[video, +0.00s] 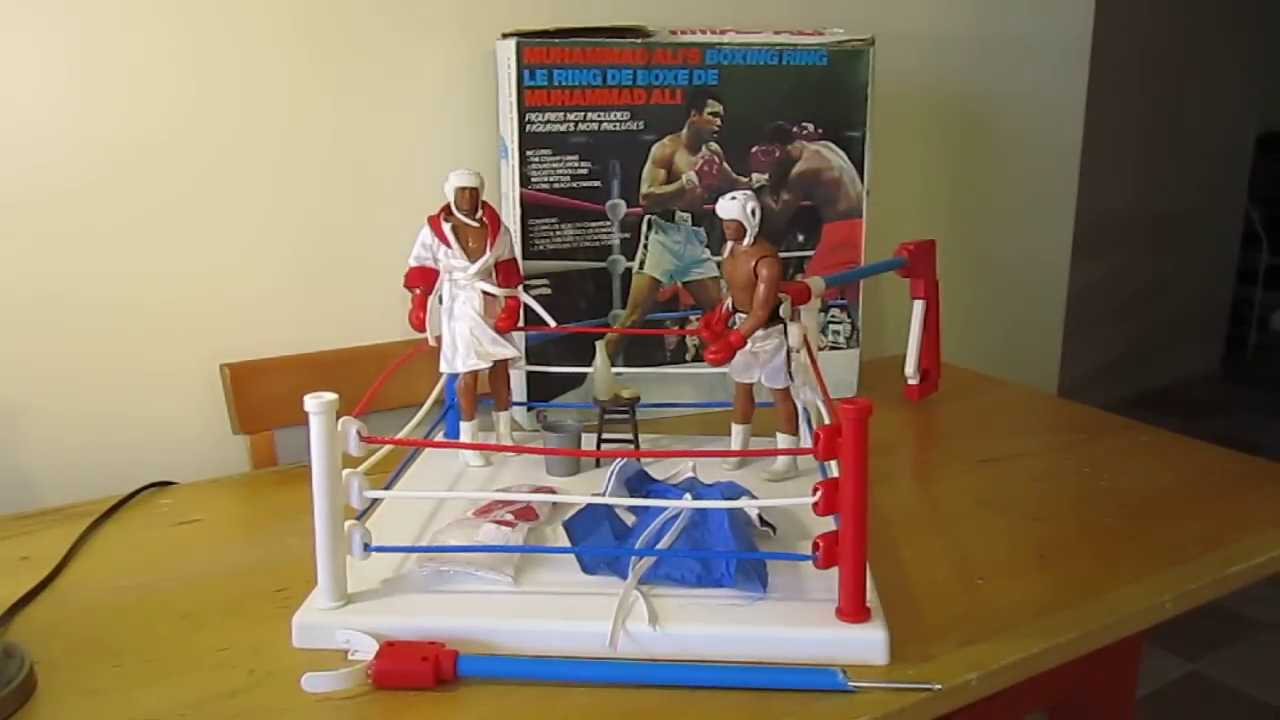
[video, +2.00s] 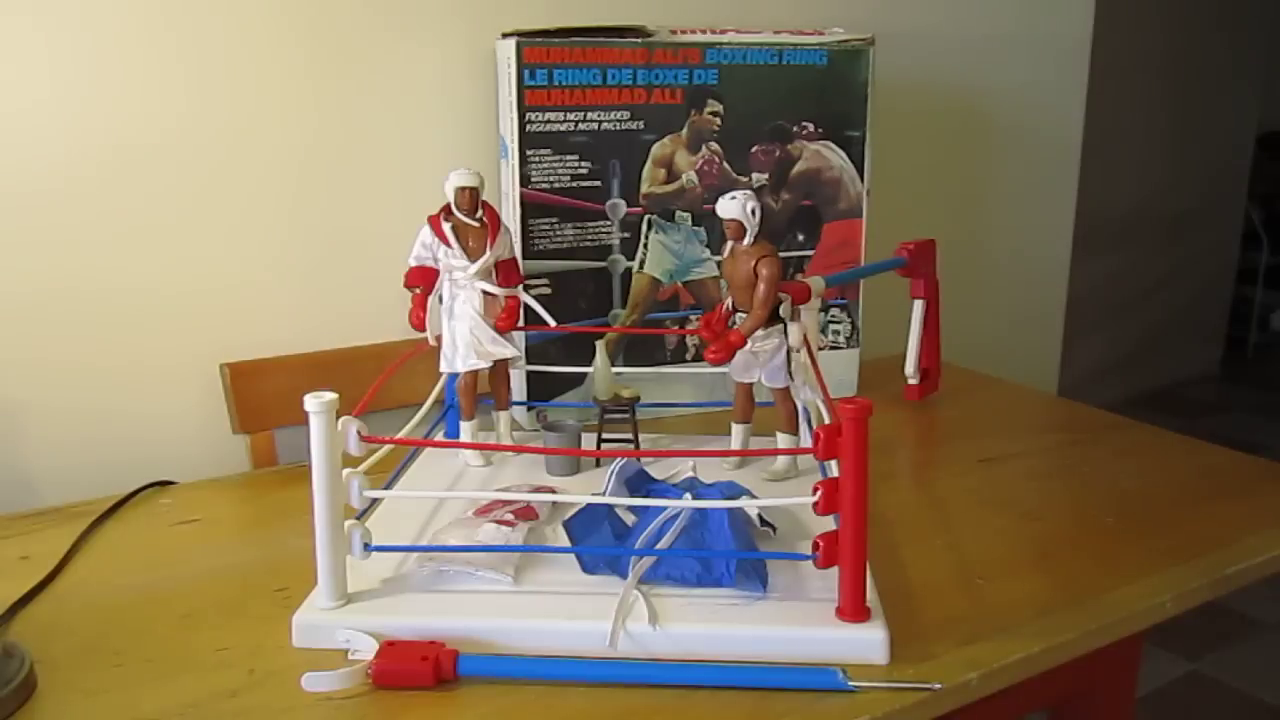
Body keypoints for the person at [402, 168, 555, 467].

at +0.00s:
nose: (468, 197)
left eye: (472, 191)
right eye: (462, 191)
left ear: (481, 194)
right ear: (451, 195)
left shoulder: (495, 228)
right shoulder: (436, 229)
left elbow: (509, 269)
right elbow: (421, 268)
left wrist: (512, 306)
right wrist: (419, 304)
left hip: (493, 303)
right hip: (459, 305)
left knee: (500, 365)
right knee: (469, 370)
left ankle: (505, 433)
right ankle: (469, 440)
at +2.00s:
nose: (466, 198)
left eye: (472, 191)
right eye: (460, 192)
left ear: (480, 194)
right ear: (450, 195)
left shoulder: (496, 228)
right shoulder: (435, 229)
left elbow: (508, 270)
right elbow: (421, 273)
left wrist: (510, 306)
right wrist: (421, 312)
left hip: (493, 302)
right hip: (459, 304)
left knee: (501, 364)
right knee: (469, 369)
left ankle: (505, 432)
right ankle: (469, 440)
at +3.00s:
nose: (467, 198)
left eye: (472, 191)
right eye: (461, 192)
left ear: (480, 194)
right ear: (451, 195)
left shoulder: (496, 227)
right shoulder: (435, 229)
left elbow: (508, 270)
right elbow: (421, 272)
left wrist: (511, 305)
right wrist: (422, 312)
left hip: (491, 302)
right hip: (457, 304)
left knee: (500, 364)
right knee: (468, 370)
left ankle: (504, 432)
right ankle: (469, 441)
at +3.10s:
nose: (466, 198)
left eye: (471, 191)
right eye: (460, 191)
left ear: (480, 194)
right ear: (450, 195)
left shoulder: (497, 229)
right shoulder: (435, 230)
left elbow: (509, 271)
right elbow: (421, 270)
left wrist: (511, 306)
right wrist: (420, 306)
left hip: (492, 302)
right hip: (457, 303)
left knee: (500, 364)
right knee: (468, 369)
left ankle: (504, 433)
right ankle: (469, 441)